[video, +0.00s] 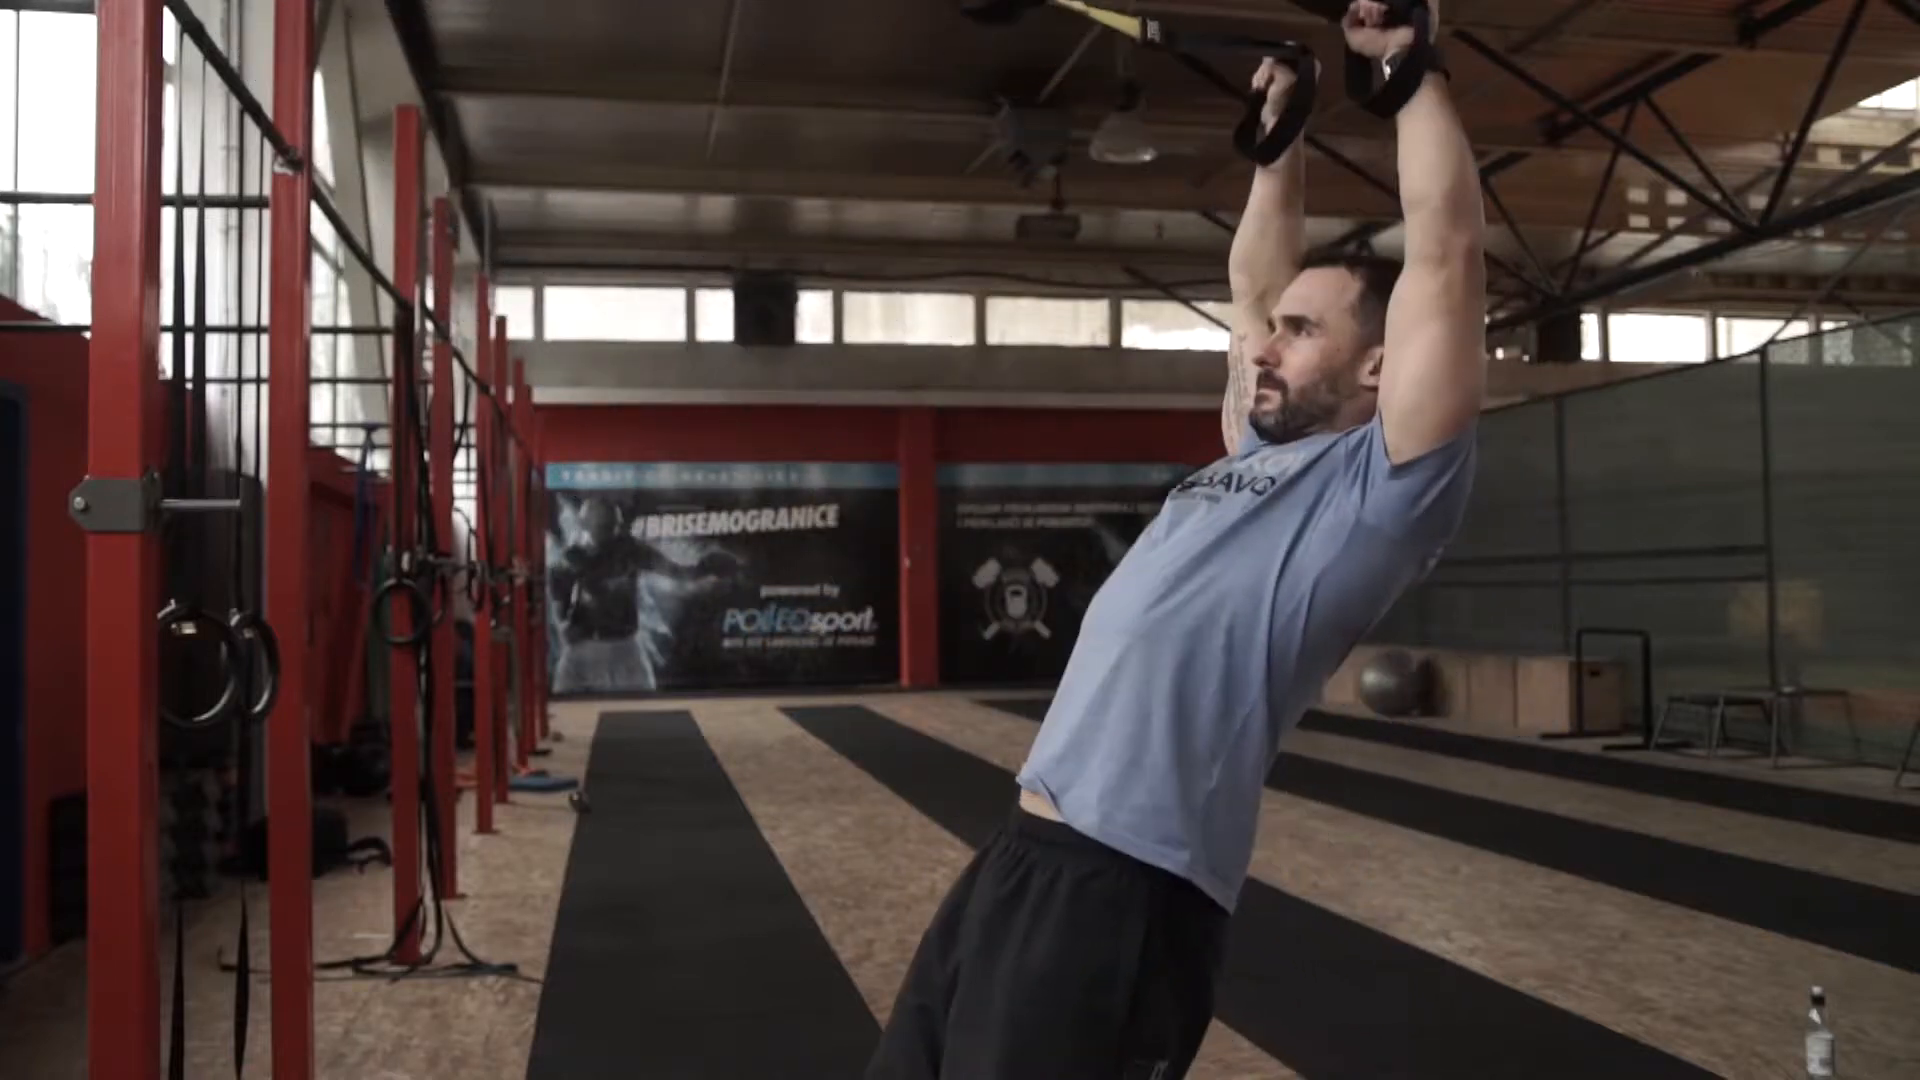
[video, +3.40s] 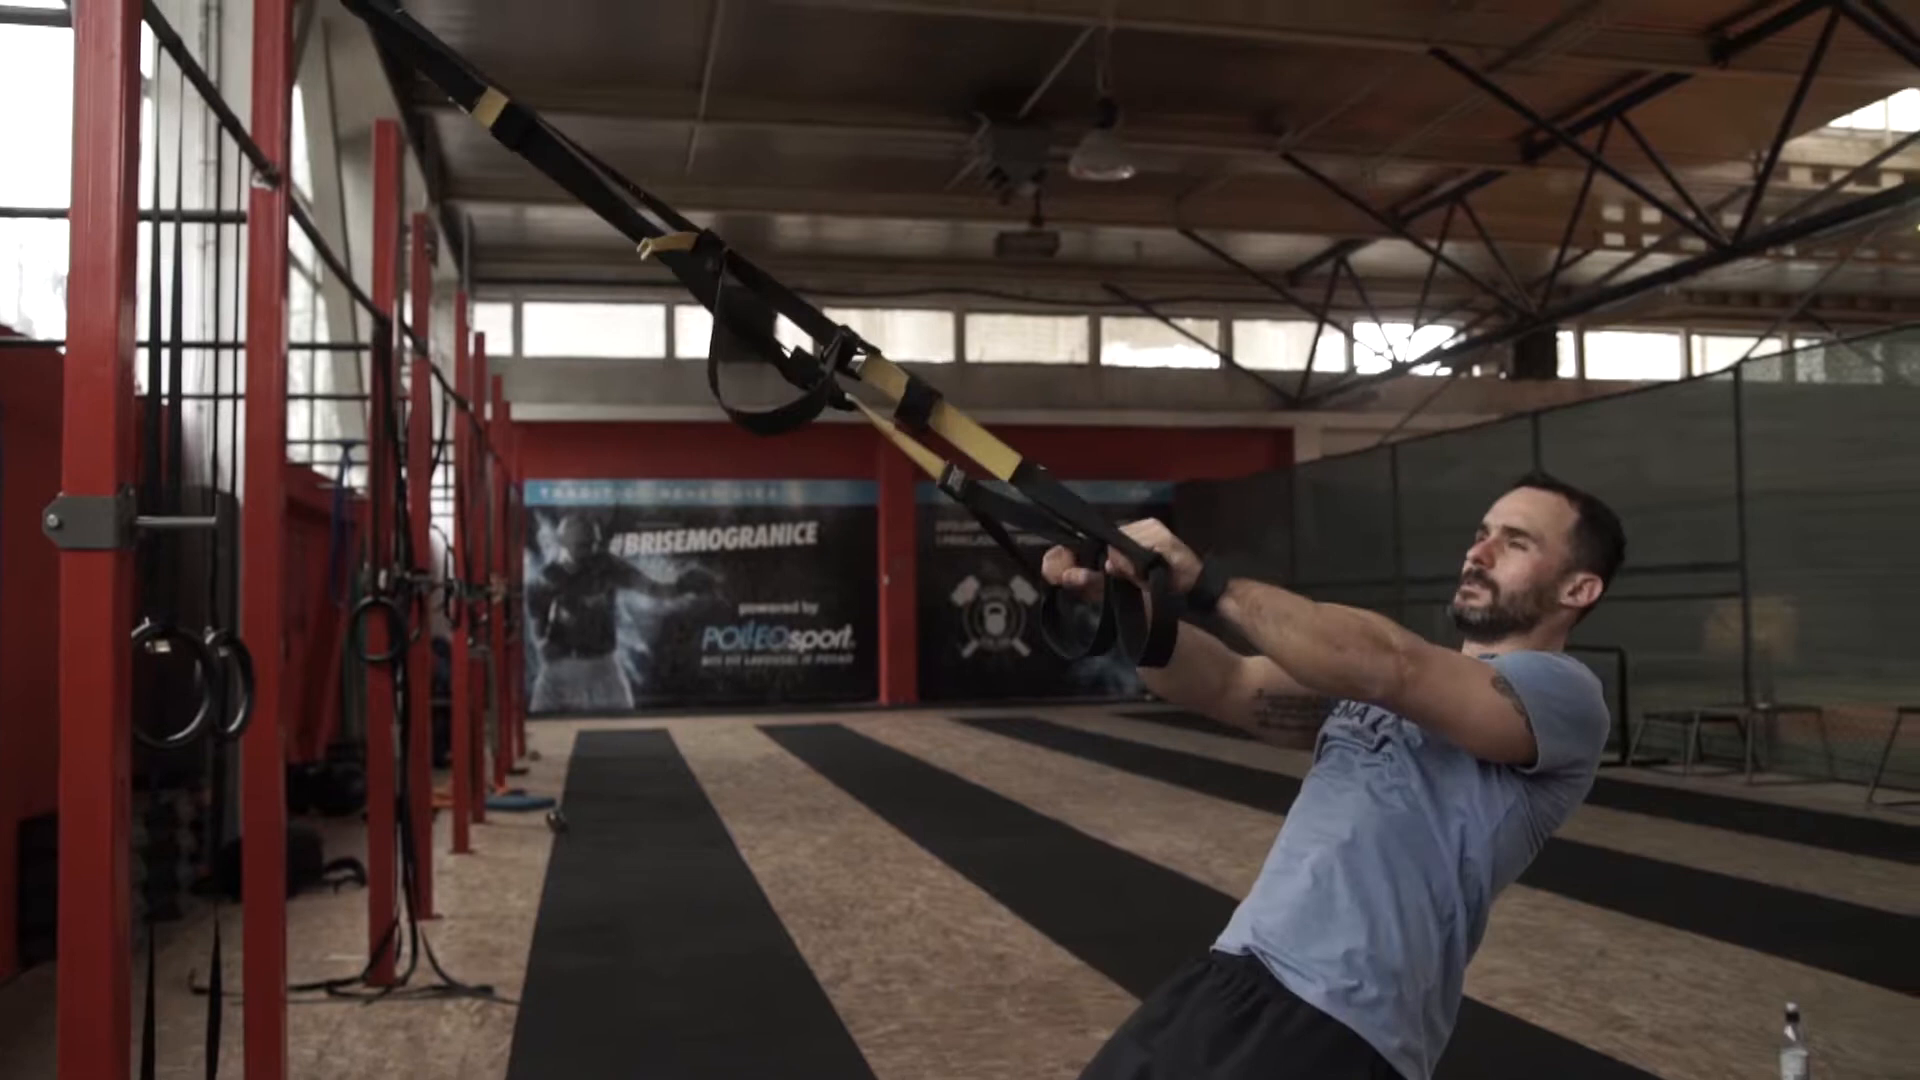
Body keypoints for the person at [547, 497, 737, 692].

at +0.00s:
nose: (601, 528)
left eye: (606, 520)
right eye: (594, 521)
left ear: (616, 520)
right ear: (583, 523)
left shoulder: (631, 550)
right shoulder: (571, 558)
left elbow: (674, 573)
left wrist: (703, 571)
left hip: (625, 648)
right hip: (580, 651)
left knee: (636, 717)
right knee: (574, 719)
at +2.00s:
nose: (600, 526)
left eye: (606, 518)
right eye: (593, 520)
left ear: (615, 519)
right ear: (582, 522)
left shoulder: (630, 549)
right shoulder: (571, 558)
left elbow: (673, 571)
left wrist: (702, 572)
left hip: (625, 648)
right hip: (580, 650)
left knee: (636, 716)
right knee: (573, 718)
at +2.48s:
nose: (602, 529)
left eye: (607, 521)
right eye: (594, 523)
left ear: (615, 520)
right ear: (583, 523)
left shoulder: (629, 549)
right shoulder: (571, 558)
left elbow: (673, 571)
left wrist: (703, 571)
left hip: (625, 649)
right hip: (581, 652)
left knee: (637, 717)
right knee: (573, 719)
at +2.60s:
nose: (600, 527)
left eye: (605, 520)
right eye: (594, 521)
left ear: (615, 520)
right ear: (583, 523)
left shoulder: (629, 549)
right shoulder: (573, 557)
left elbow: (672, 571)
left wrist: (702, 571)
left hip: (625, 647)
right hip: (581, 649)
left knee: (637, 714)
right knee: (573, 717)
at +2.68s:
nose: (600, 527)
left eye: (605, 520)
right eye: (594, 521)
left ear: (615, 520)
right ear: (583, 523)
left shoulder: (629, 549)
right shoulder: (573, 557)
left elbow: (672, 571)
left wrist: (702, 571)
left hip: (625, 647)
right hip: (581, 649)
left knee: (637, 714)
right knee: (573, 717)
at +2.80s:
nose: (601, 529)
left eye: (606, 521)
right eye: (594, 523)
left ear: (615, 520)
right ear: (583, 523)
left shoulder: (629, 549)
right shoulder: (572, 558)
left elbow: (672, 571)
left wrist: (702, 572)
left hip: (625, 648)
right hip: (581, 650)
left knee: (637, 716)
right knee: (573, 718)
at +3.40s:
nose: (583, 549)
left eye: (588, 542)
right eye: (577, 543)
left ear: (595, 540)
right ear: (563, 542)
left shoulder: (607, 566)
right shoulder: (549, 576)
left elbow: (651, 589)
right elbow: (539, 635)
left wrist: (680, 588)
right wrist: (551, 619)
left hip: (603, 669)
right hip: (558, 672)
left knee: (614, 740)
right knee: (549, 741)